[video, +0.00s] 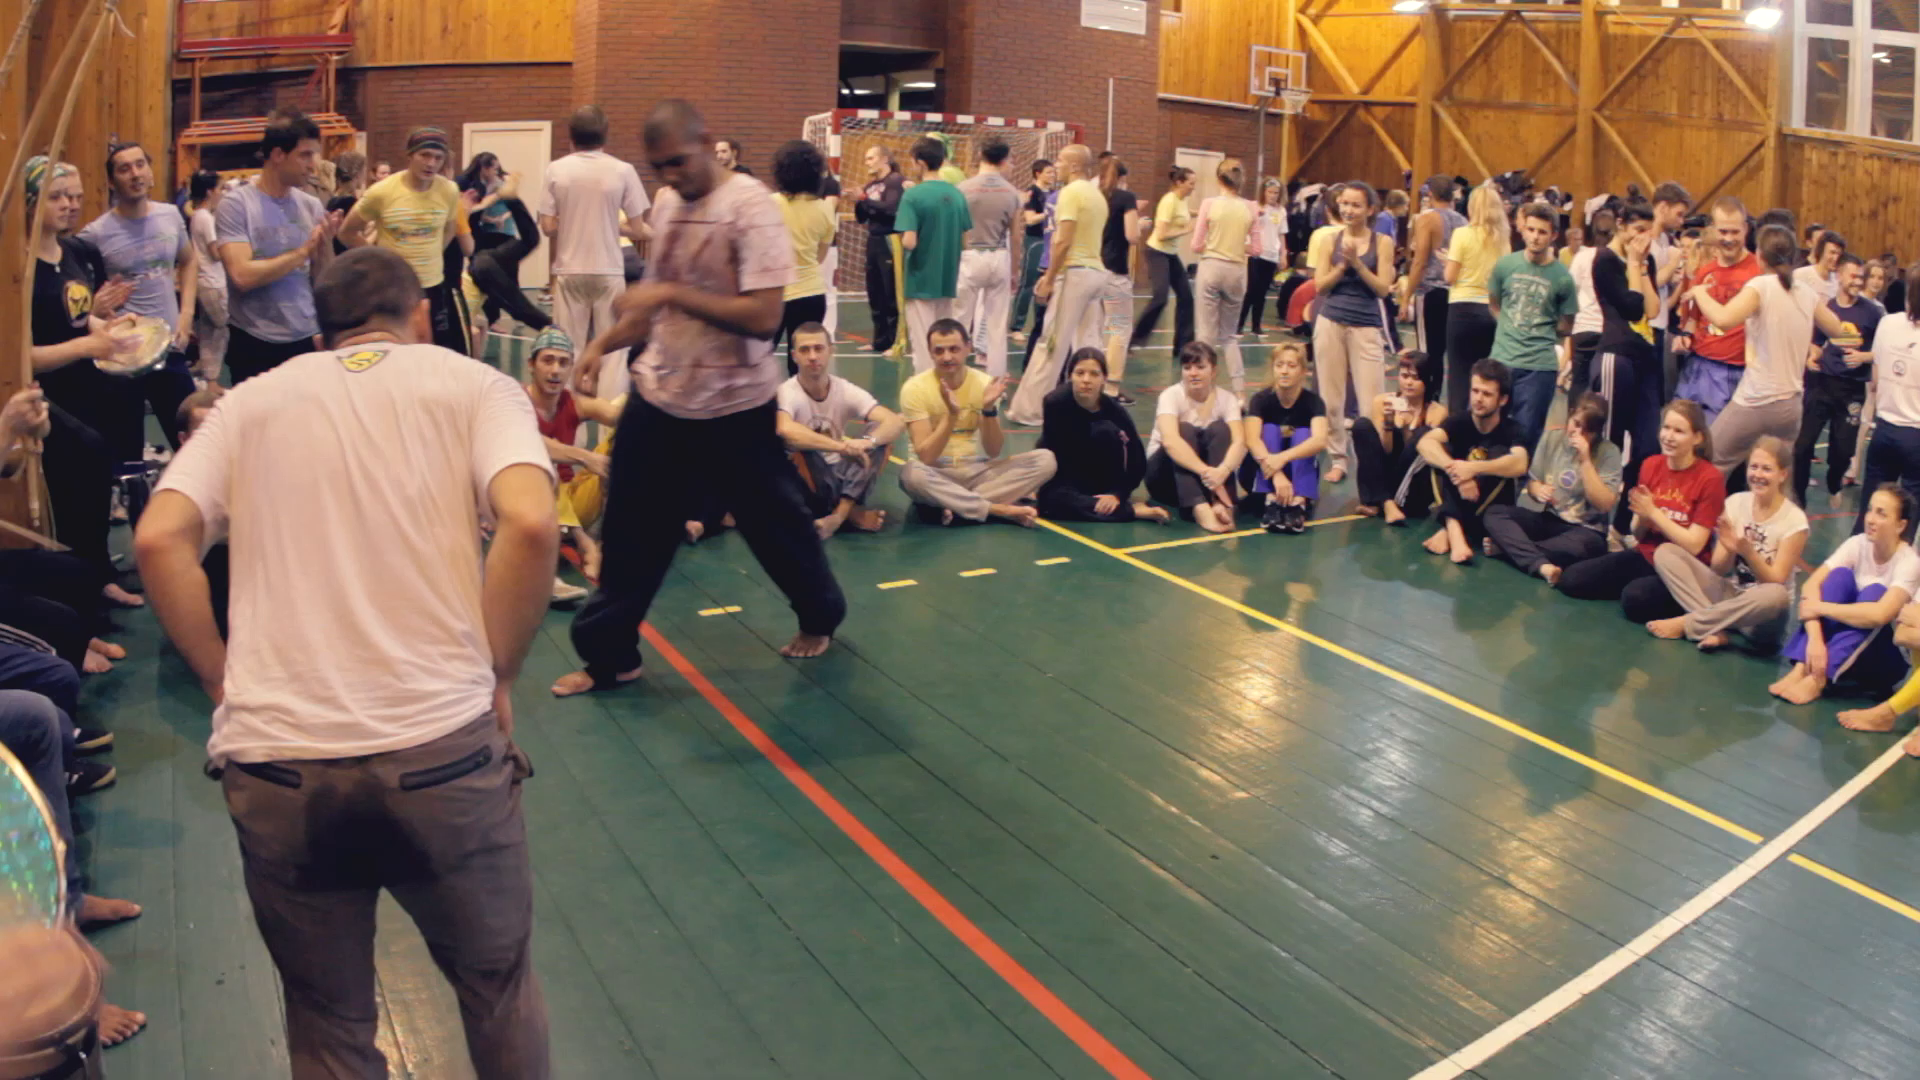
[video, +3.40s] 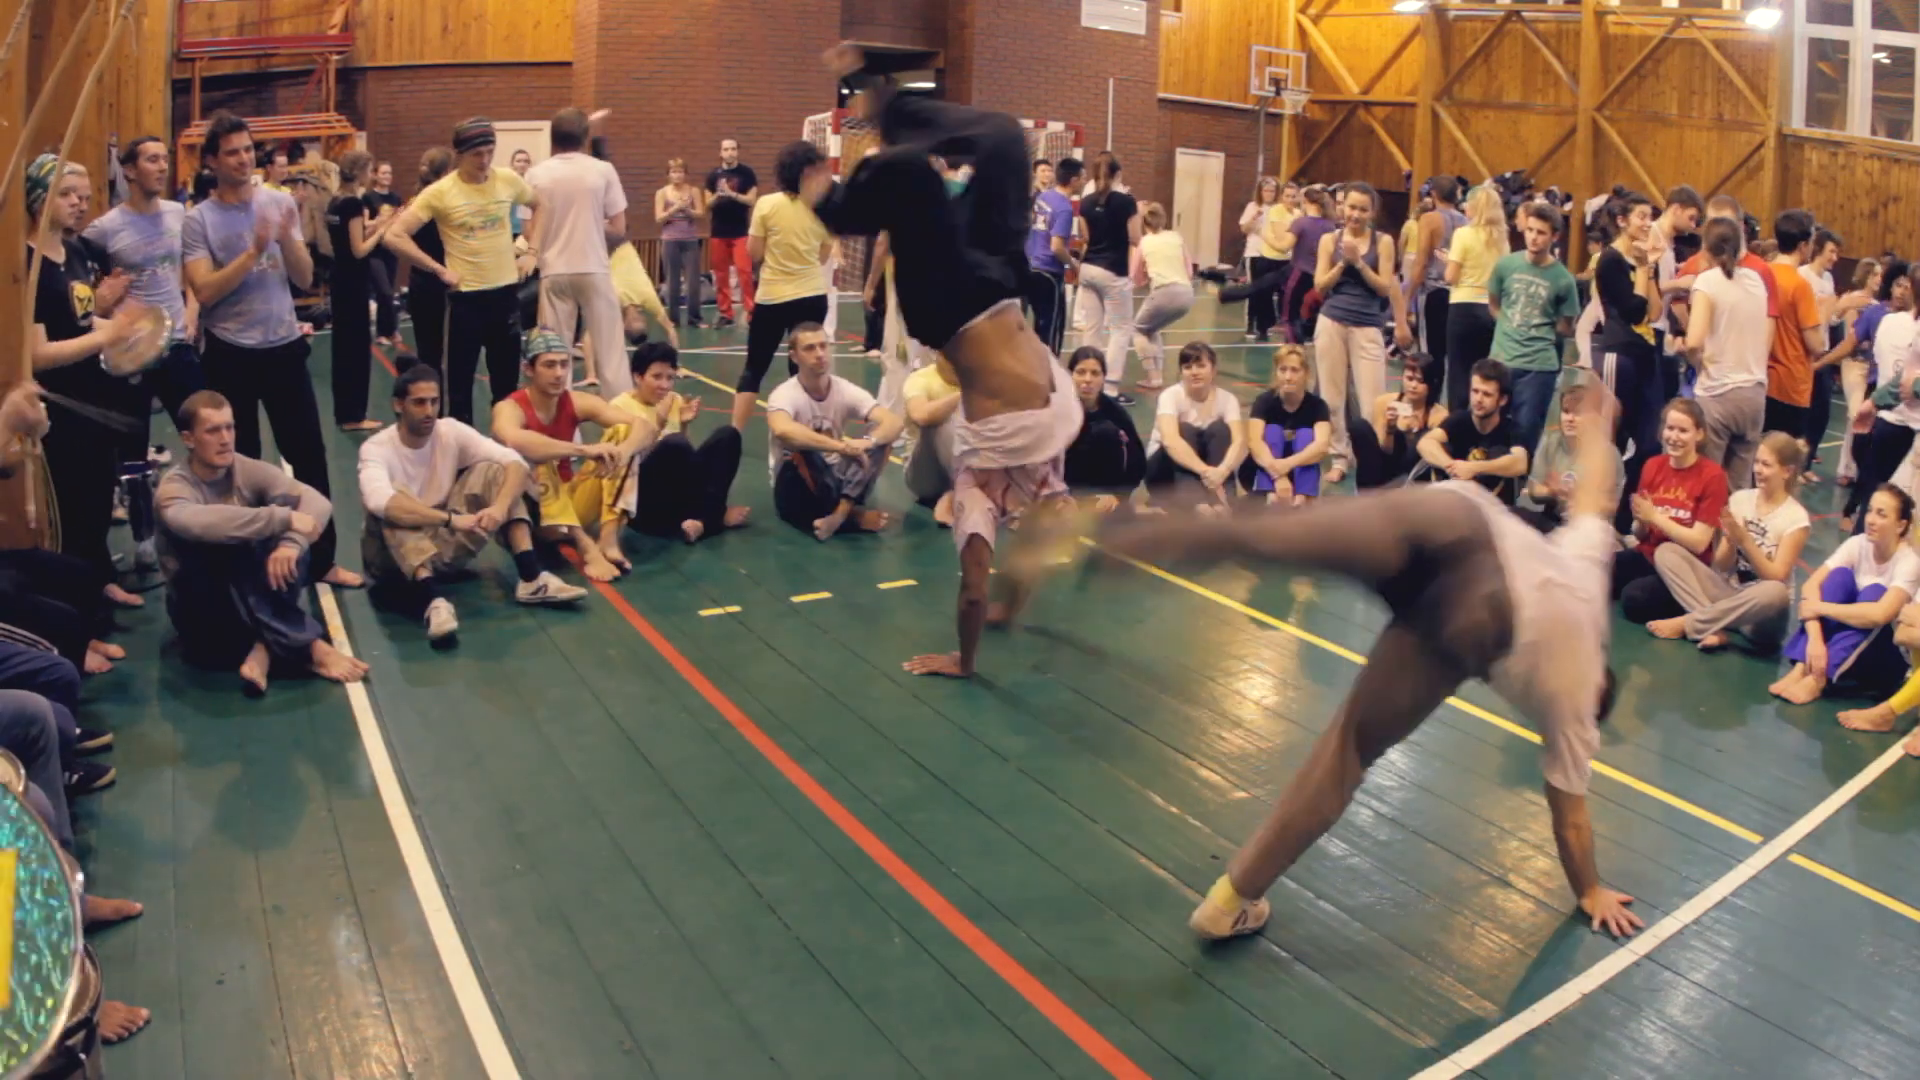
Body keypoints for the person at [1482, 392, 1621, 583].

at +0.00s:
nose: (1578, 433)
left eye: (1587, 430)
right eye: (1576, 424)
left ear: (1597, 431)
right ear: (1570, 415)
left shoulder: (1609, 453)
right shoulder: (1551, 438)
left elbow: (1605, 504)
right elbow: (1532, 481)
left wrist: (1585, 460)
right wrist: (1536, 489)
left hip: (1580, 528)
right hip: (1542, 516)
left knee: (1581, 546)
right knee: (1494, 513)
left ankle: (1509, 550)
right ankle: (1539, 566)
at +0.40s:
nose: (1573, 433)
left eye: (1581, 429)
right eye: (1572, 424)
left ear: (1594, 431)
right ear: (1565, 418)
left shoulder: (1608, 449)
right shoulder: (1550, 439)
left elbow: (1606, 488)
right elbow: (1532, 485)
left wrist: (1592, 437)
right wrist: (1539, 493)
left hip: (1579, 528)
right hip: (1540, 517)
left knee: (1589, 544)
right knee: (1494, 513)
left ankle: (1510, 550)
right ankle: (1539, 565)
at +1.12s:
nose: (1569, 417)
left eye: (1578, 412)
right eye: (1566, 409)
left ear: (1592, 417)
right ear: (1560, 411)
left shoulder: (1603, 451)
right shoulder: (1548, 440)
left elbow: (1608, 504)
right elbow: (1530, 488)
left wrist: (1611, 454)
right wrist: (1536, 493)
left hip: (1578, 528)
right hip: (1541, 518)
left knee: (1576, 548)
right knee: (1494, 514)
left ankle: (1508, 549)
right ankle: (1539, 566)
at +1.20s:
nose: (1568, 418)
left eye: (1576, 412)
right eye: (1565, 410)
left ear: (1591, 417)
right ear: (1559, 412)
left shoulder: (1605, 454)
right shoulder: (1548, 440)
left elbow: (1608, 508)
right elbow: (1530, 487)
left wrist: (1608, 467)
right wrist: (1536, 493)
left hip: (1580, 529)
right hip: (1542, 518)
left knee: (1575, 549)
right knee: (1494, 514)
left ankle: (1509, 549)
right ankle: (1539, 565)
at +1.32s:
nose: (1568, 420)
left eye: (1576, 415)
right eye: (1564, 412)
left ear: (1591, 419)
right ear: (1559, 413)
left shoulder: (1608, 456)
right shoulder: (1548, 442)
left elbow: (1615, 511)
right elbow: (1530, 489)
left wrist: (1597, 490)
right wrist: (1534, 494)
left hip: (1582, 529)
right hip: (1544, 518)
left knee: (1574, 549)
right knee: (1494, 514)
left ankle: (1509, 549)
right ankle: (1539, 566)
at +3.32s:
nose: (1570, 419)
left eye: (1578, 413)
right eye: (1566, 412)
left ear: (1593, 418)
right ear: (1560, 414)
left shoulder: (1607, 453)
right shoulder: (1549, 442)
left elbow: (1616, 505)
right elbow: (1534, 497)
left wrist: (1588, 501)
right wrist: (1538, 488)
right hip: (1551, 518)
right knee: (1511, 531)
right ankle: (1537, 566)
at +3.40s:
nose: (1570, 419)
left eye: (1578, 412)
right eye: (1565, 411)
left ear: (1593, 417)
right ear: (1559, 414)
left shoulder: (1608, 454)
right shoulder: (1550, 443)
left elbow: (1611, 505)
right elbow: (1534, 490)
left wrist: (1573, 498)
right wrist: (1552, 491)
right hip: (1551, 519)